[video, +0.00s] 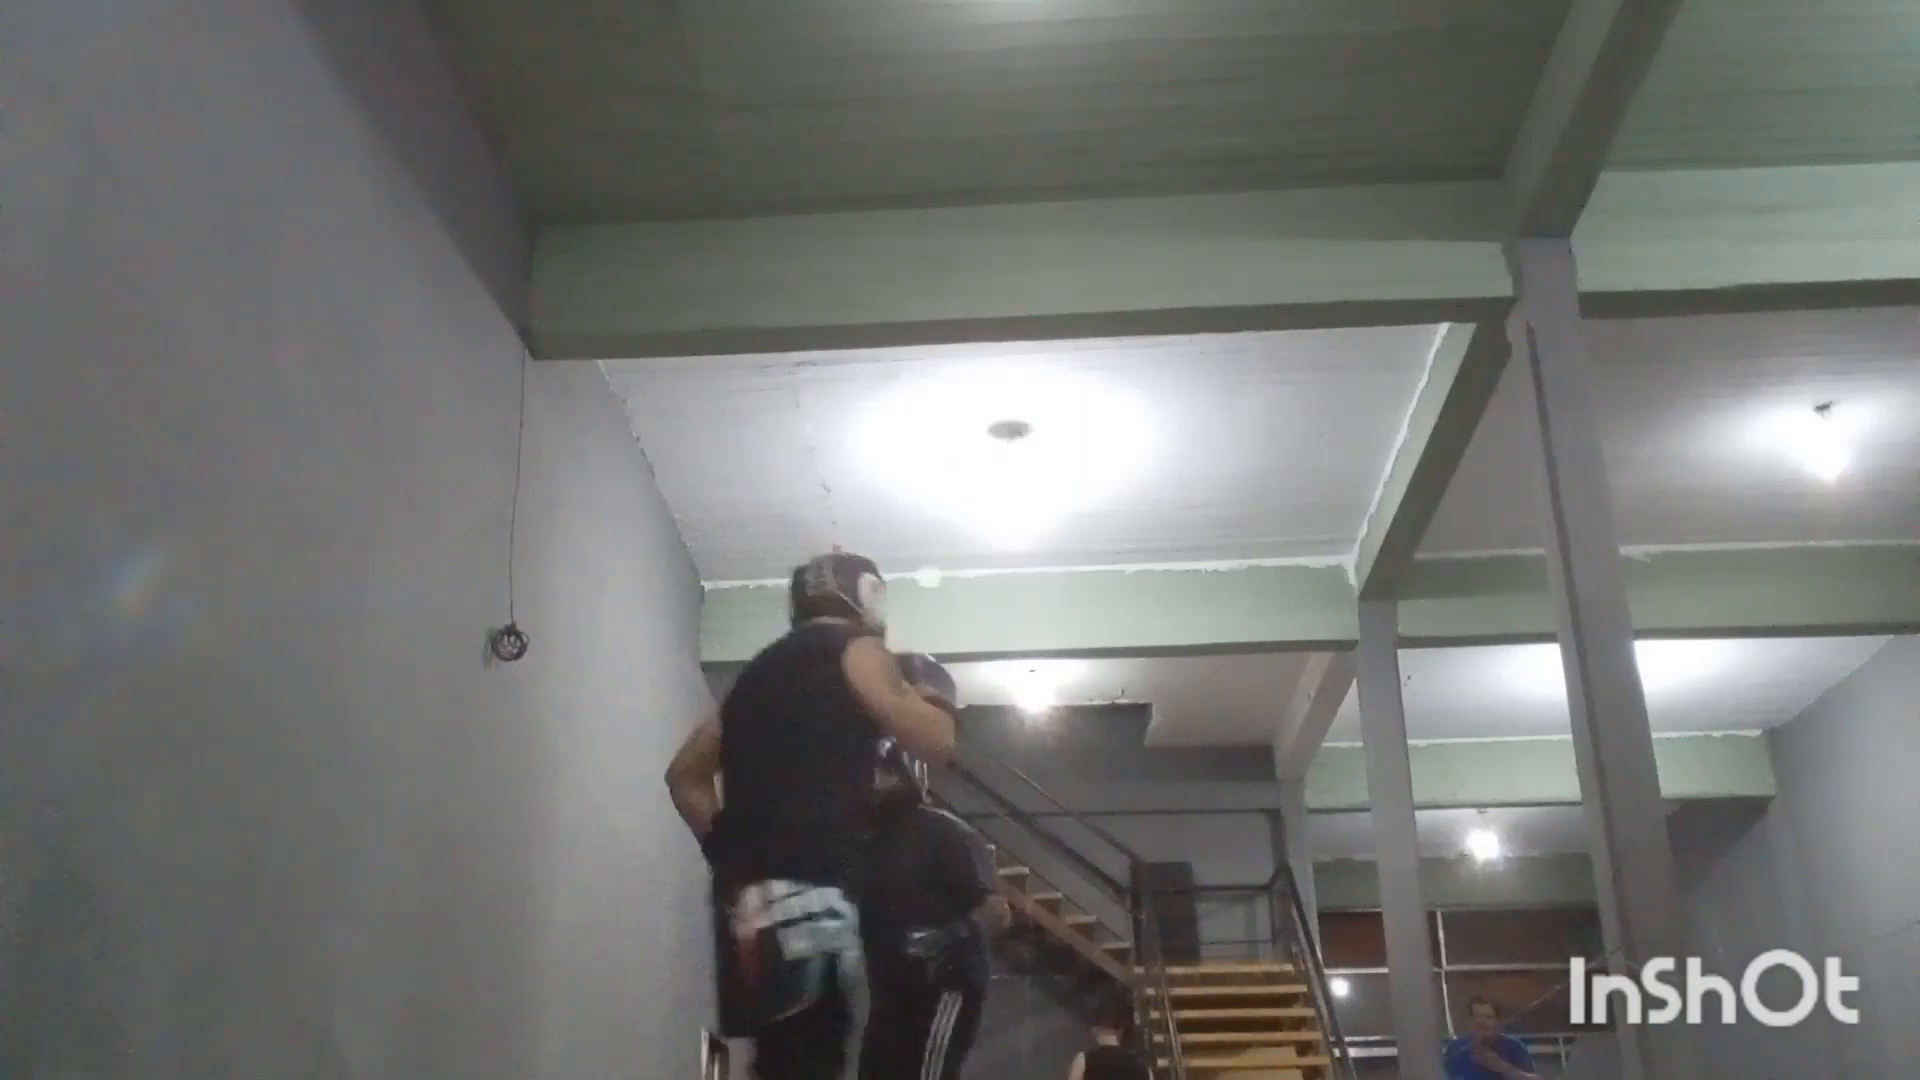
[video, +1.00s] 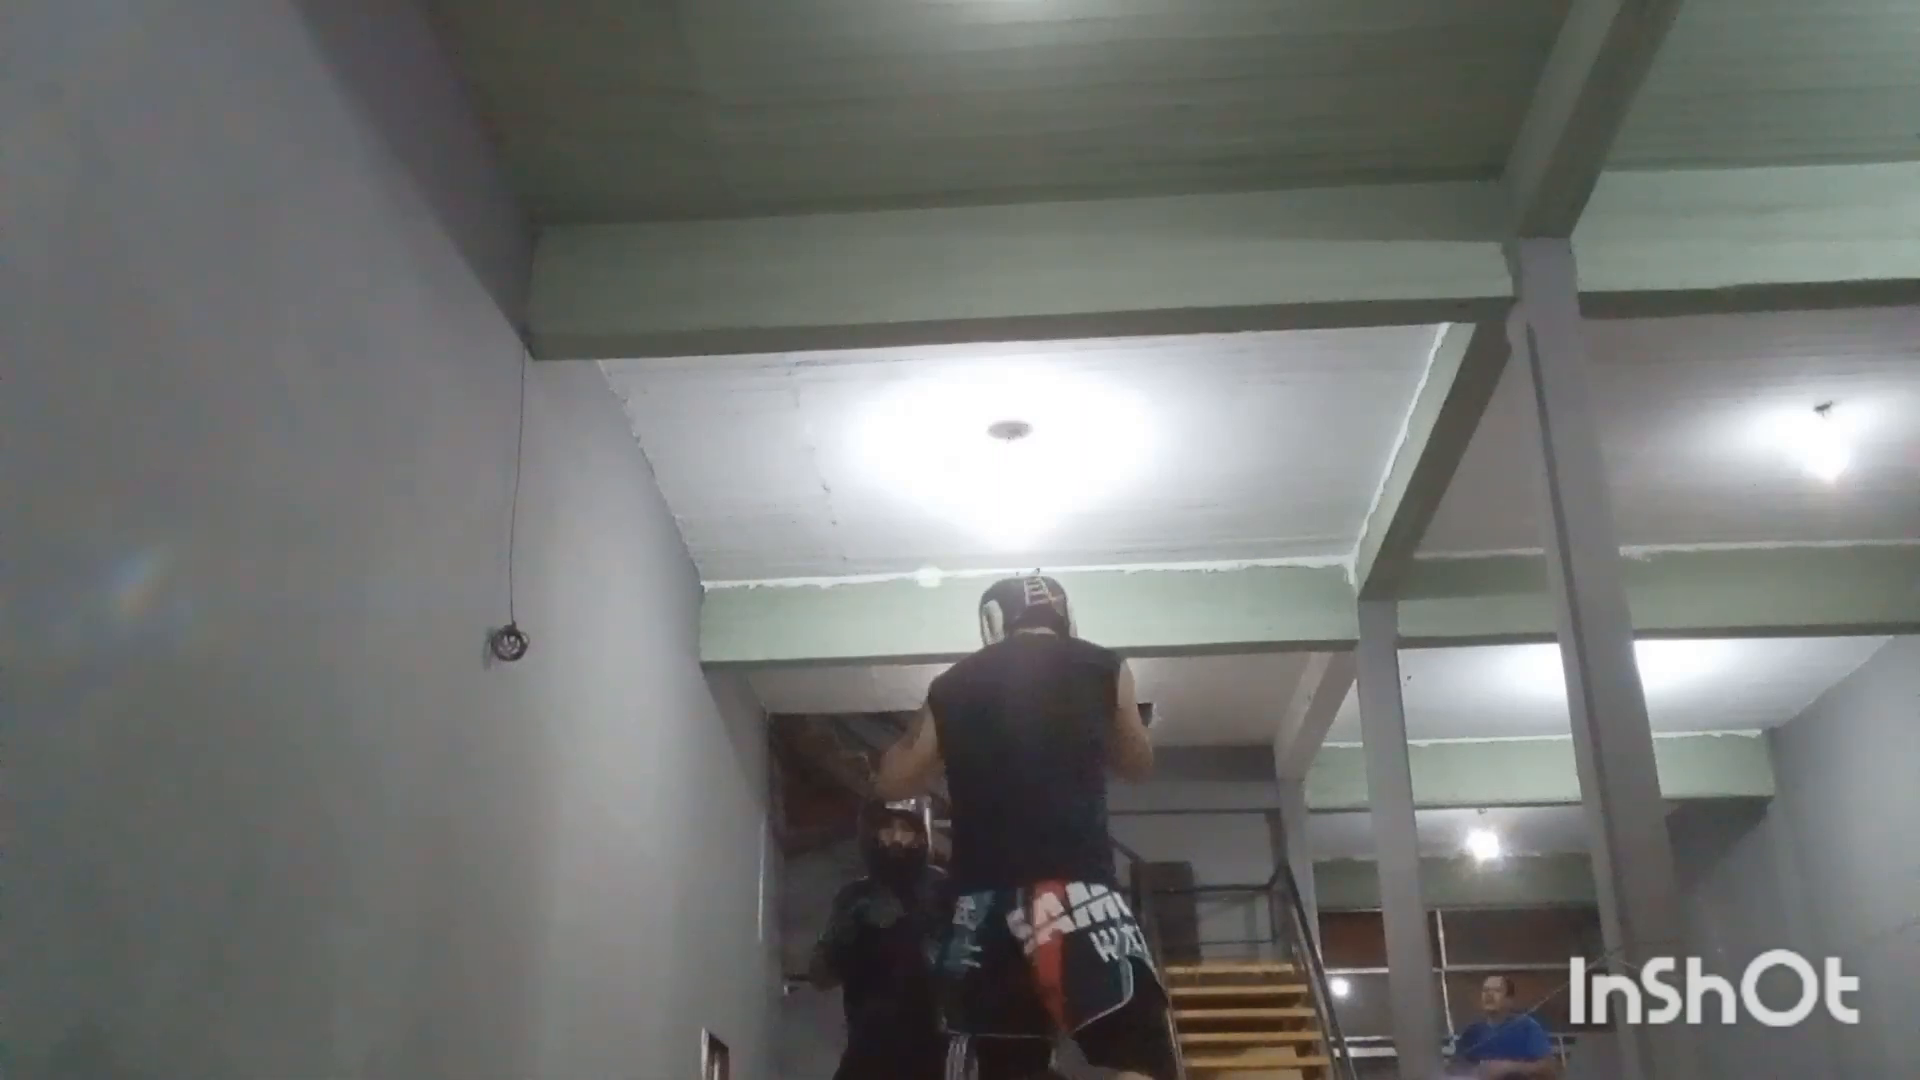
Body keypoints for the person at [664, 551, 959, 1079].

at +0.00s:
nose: (883, 610)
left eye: (881, 596)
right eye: (877, 596)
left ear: (803, 603)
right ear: (858, 597)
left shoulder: (757, 673)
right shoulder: (857, 650)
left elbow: (686, 775)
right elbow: (939, 741)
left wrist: (729, 855)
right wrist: (928, 691)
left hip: (743, 881)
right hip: (810, 880)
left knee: (776, 1052)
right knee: (813, 1055)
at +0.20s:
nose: (921, 616)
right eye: (918, 609)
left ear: (838, 619)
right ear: (906, 609)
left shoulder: (791, 676)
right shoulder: (921, 651)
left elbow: (744, 789)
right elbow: (981, 753)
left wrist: (814, 806)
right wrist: (963, 699)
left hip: (790, 895)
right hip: (888, 885)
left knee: (822, 1058)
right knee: (930, 1047)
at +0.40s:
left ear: (895, 618)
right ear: (962, 616)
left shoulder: (843, 679)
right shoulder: (990, 660)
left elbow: (820, 796)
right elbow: (1034, 760)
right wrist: (1025, 706)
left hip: (856, 902)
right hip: (960, 899)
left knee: (867, 1060)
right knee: (974, 1058)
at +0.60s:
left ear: (942, 623)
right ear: (1010, 621)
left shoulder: (900, 680)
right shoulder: (1047, 668)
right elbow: (1067, 765)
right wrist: (1008, 747)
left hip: (917, 886)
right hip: (1015, 879)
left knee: (920, 1050)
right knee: (1048, 1051)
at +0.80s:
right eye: (1052, 621)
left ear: (977, 627)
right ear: (1045, 623)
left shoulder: (931, 686)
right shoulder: (1082, 670)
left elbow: (898, 781)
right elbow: (1112, 761)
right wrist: (1049, 740)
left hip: (957, 904)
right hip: (1063, 900)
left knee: (989, 1067)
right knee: (1080, 1063)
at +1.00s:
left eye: (987, 623)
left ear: (995, 623)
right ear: (1062, 620)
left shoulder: (954, 685)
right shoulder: (1105, 667)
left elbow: (892, 781)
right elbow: (1137, 764)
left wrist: (943, 736)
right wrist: (1092, 723)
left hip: (984, 912)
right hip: (1086, 905)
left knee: (1003, 1068)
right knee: (1141, 1063)